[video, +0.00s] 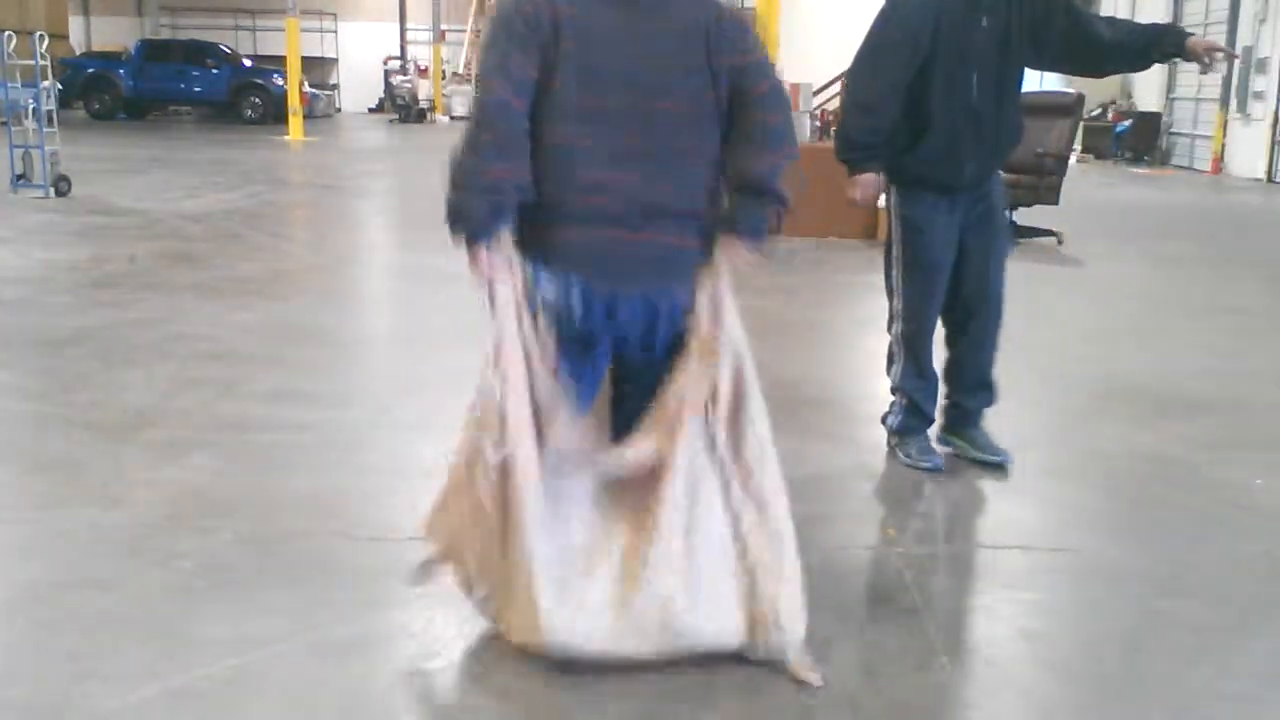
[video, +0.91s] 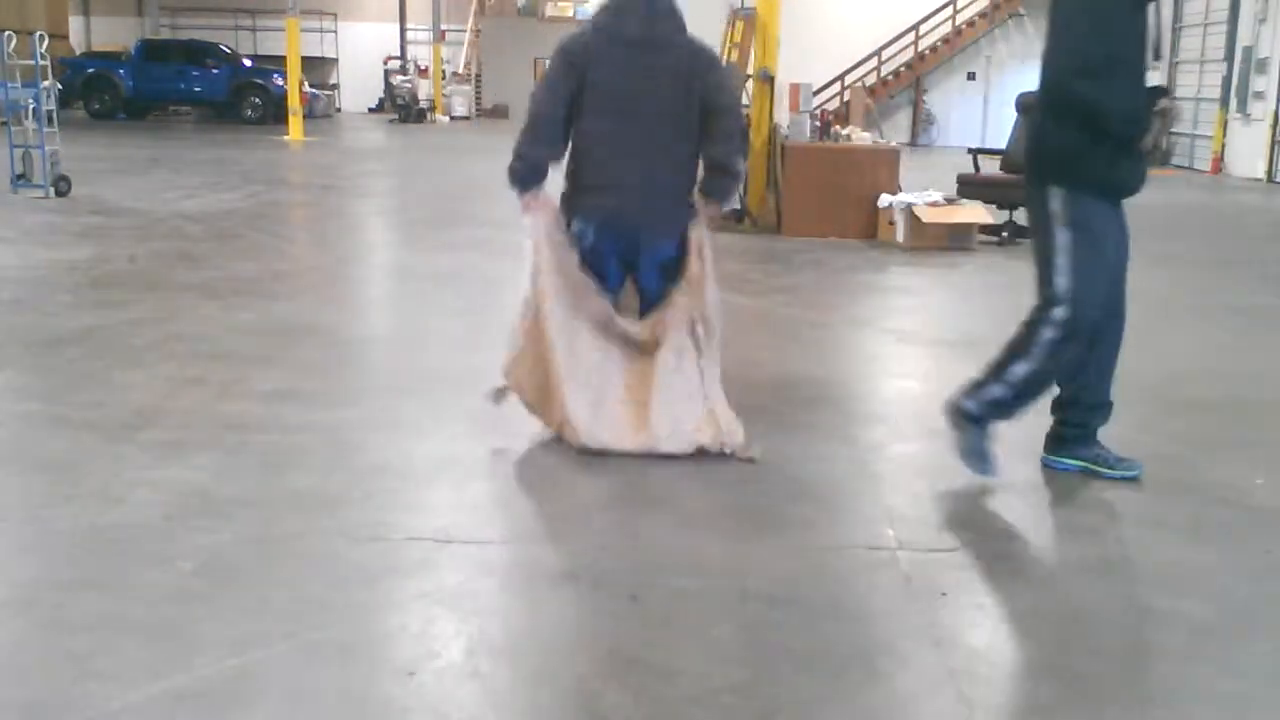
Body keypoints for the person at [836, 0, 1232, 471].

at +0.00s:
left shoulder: (1024, 10)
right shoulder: (922, 8)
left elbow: (1089, 39)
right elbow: (877, 67)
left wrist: (1177, 42)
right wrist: (864, 157)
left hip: (980, 174)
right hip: (921, 174)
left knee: (979, 306)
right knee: (916, 310)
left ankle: (962, 422)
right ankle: (907, 427)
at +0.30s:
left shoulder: (1039, 9)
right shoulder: (933, 8)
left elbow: (1062, 65)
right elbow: (885, 72)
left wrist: (1103, 75)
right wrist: (880, 158)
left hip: (1000, 183)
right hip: (939, 180)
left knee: (995, 308)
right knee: (928, 311)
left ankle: (961, 420)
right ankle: (908, 426)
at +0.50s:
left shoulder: (1054, 11)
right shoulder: (973, 8)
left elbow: (1034, 80)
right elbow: (924, 78)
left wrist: (1068, 113)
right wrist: (949, 162)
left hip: (1025, 193)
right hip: (968, 189)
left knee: (1041, 314)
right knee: (941, 316)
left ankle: (1042, 432)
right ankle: (909, 429)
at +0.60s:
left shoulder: (1074, 11)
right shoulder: (1006, 9)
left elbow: (1050, 84)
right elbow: (957, 83)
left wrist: (1083, 119)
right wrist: (998, 162)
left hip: (1044, 197)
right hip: (987, 196)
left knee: (1066, 316)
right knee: (957, 314)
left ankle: (1071, 437)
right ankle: (909, 426)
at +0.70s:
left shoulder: (1087, 17)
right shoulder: (1034, 12)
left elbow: (1069, 98)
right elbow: (1004, 90)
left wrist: (1108, 122)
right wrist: (1052, 161)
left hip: (1070, 204)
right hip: (1016, 200)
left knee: (1090, 321)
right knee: (986, 321)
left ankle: (1074, 437)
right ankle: (914, 420)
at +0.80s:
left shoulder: (1106, 13)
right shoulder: (1066, 10)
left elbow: (1098, 87)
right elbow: (1049, 85)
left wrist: (1136, 113)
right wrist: (1109, 143)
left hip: (1090, 191)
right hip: (1044, 187)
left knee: (1098, 321)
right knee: (1028, 317)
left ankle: (1074, 438)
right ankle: (936, 408)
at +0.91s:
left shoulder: (1125, 12)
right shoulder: (1091, 9)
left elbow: (1106, 80)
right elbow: (1066, 80)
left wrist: (1146, 104)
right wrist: (1135, 123)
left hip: (1100, 174)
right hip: (1064, 170)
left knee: (1104, 314)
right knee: (1070, 310)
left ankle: (1074, 438)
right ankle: (973, 410)